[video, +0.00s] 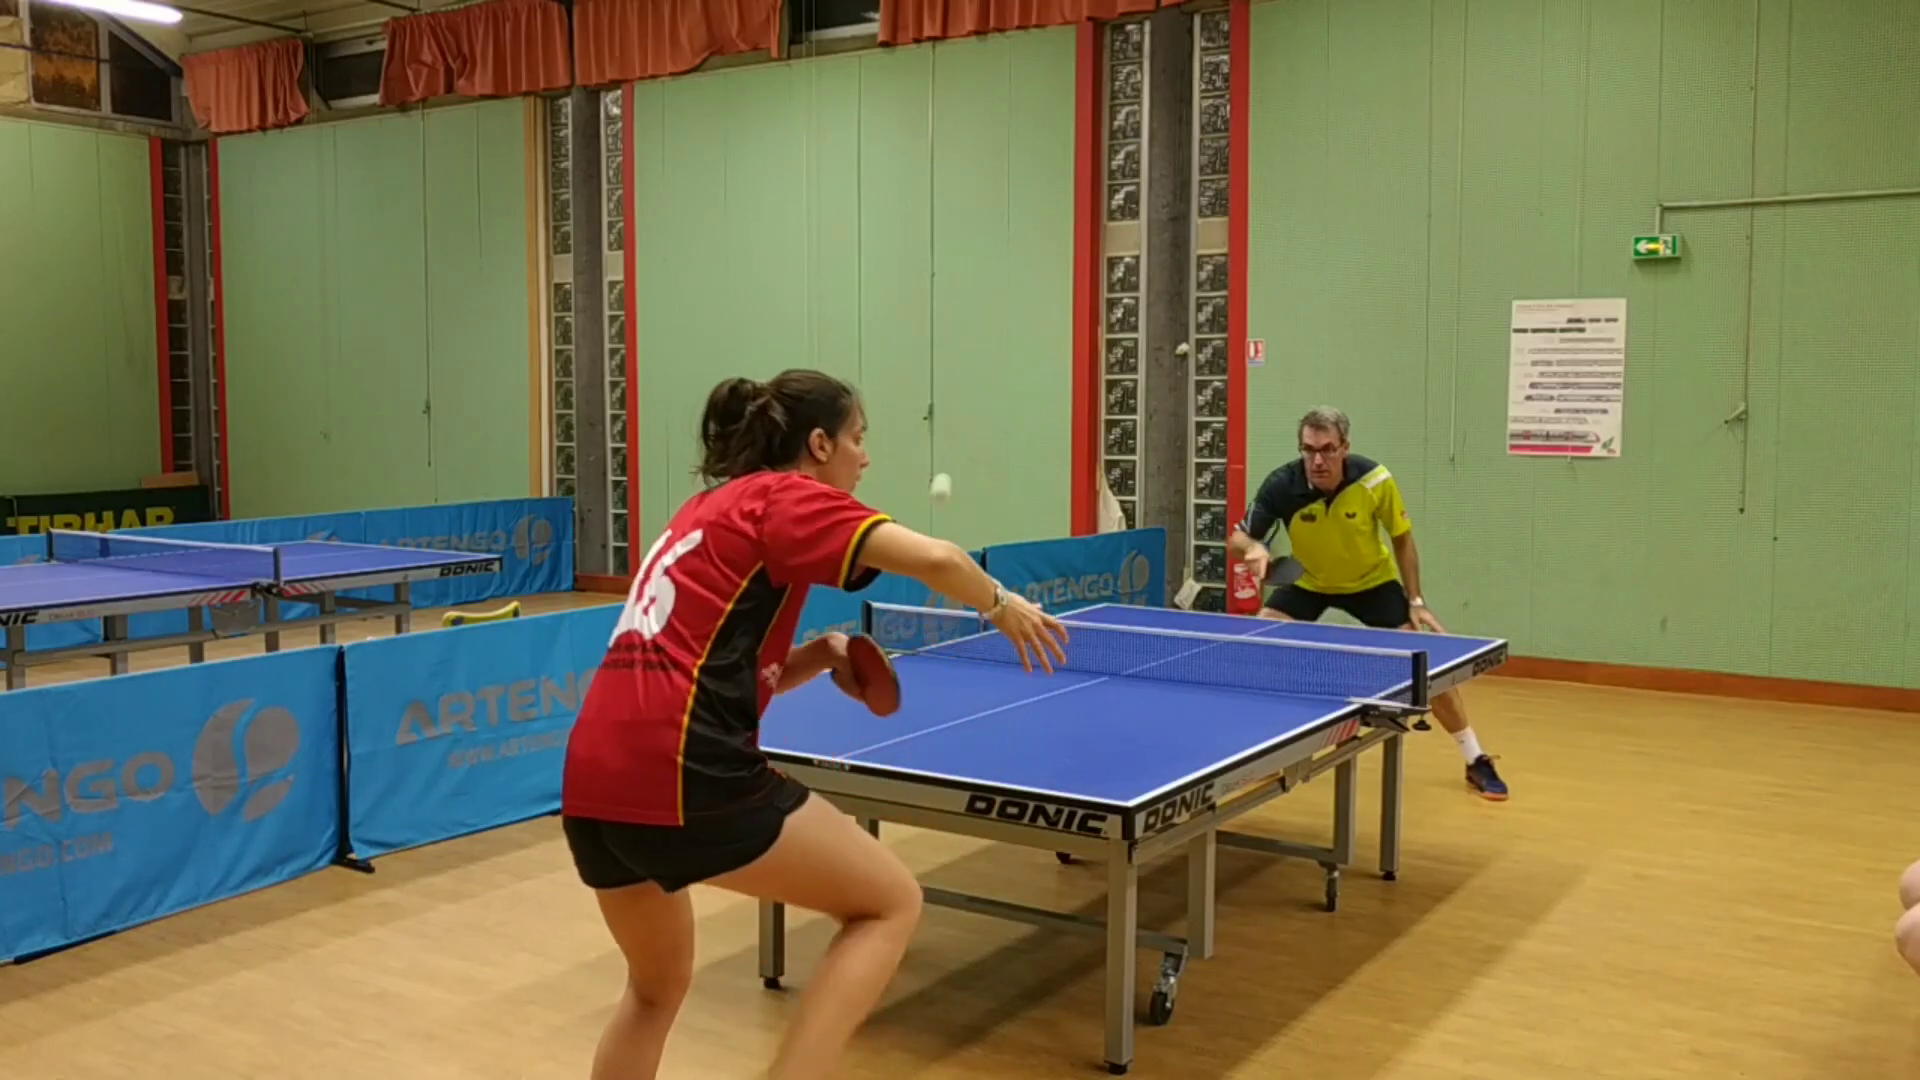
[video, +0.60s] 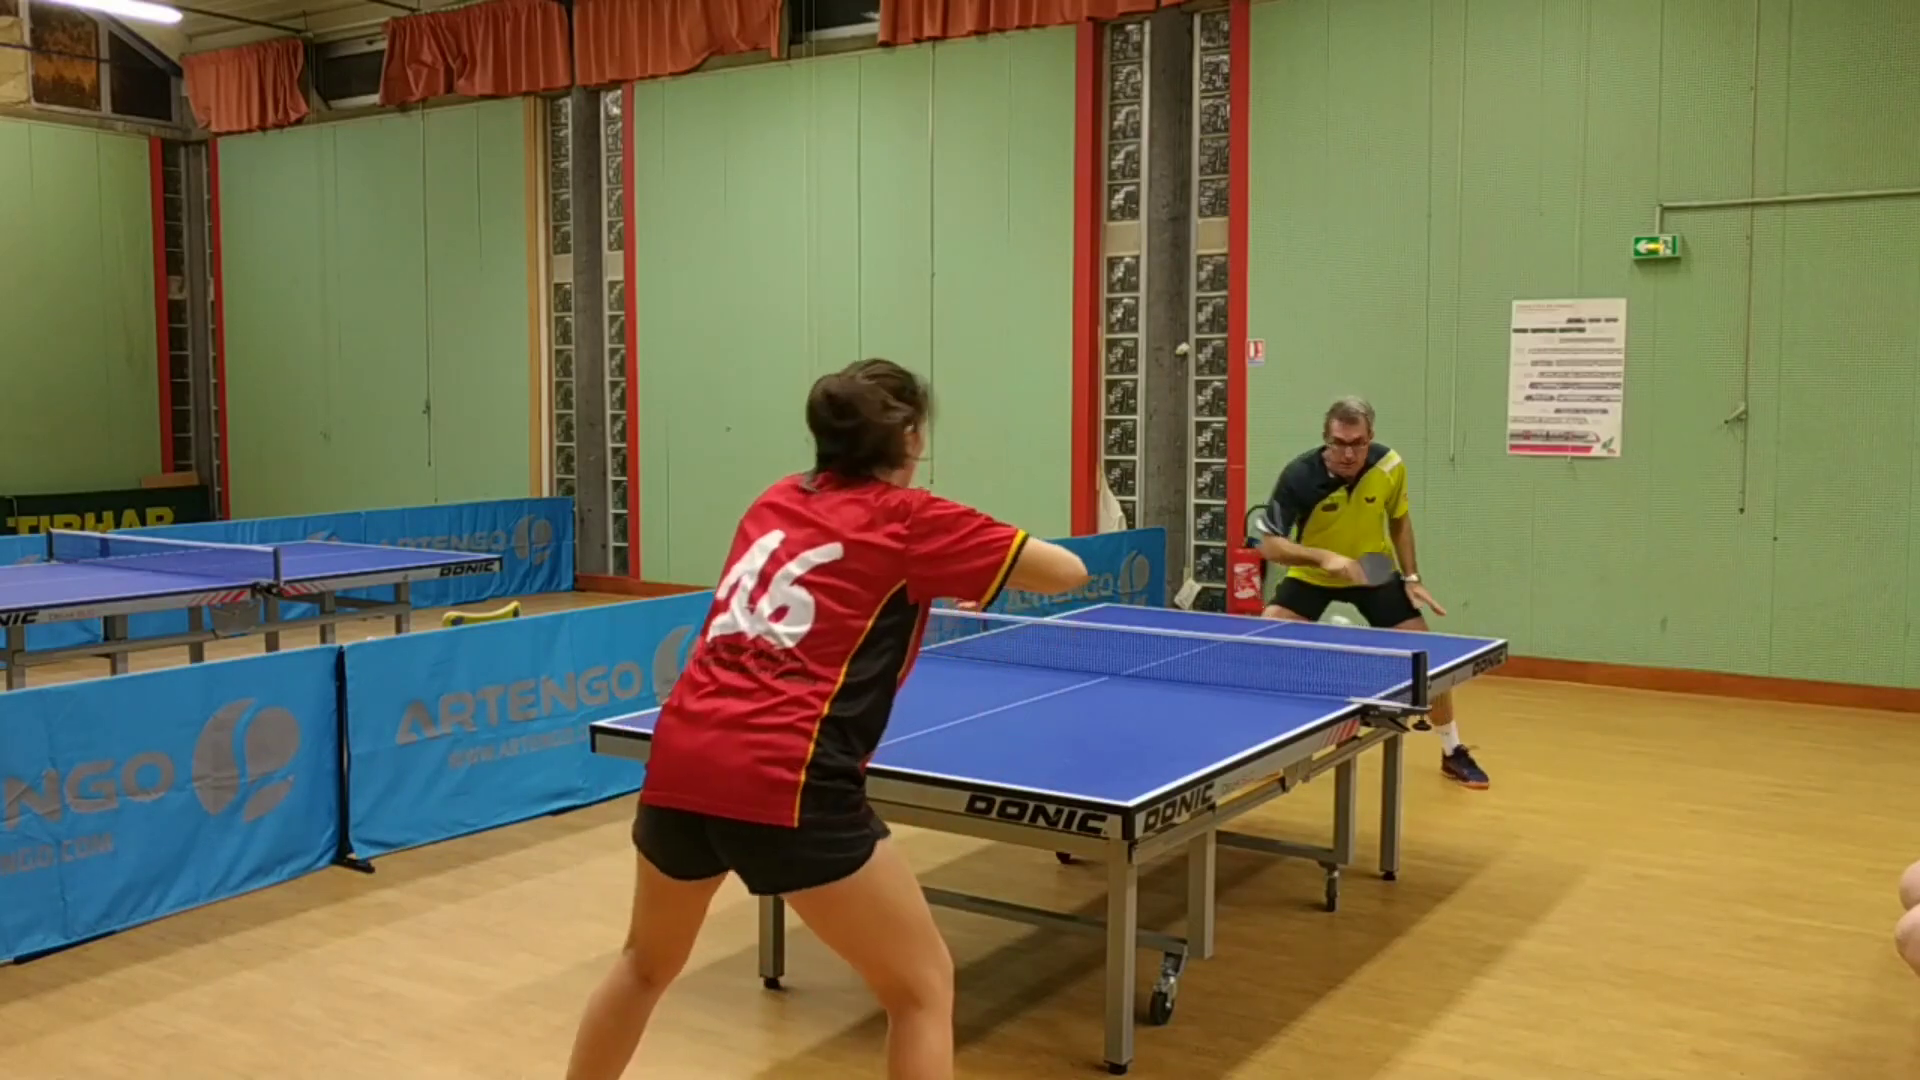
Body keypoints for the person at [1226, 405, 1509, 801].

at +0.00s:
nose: (1318, 461)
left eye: (1327, 450)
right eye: (1310, 451)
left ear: (1345, 448)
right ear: (1299, 450)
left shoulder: (1372, 478)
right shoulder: (1282, 485)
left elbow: (1403, 539)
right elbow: (1239, 538)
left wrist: (1415, 600)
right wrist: (1254, 548)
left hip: (1372, 583)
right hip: (1310, 583)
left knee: (1425, 658)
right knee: (1256, 643)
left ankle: (1476, 759)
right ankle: (1259, 753)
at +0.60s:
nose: (1348, 454)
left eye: (1357, 444)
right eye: (1339, 445)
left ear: (1370, 438)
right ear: (1326, 439)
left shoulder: (1388, 465)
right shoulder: (1299, 476)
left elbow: (1399, 521)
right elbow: (1269, 545)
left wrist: (1411, 577)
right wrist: (1323, 557)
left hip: (1374, 575)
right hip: (1311, 577)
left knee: (1422, 652)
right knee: (1268, 633)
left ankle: (1453, 751)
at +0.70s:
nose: (1381, 468)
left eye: (1390, 459)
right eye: (1372, 459)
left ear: (1401, 454)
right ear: (1355, 450)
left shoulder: (1409, 475)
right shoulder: (1329, 485)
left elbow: (1412, 529)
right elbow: (1315, 567)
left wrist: (1428, 584)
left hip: (1386, 582)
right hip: (1327, 582)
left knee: (1435, 642)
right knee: (1282, 632)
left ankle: (1456, 751)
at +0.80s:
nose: (1413, 481)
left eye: (1420, 472)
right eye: (1404, 470)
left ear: (1429, 468)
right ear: (1385, 461)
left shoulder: (1425, 486)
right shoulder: (1355, 498)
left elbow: (1423, 533)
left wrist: (1447, 584)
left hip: (1401, 579)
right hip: (1341, 580)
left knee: (1448, 648)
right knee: (1296, 637)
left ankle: (1456, 751)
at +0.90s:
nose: (1439, 488)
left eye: (1447, 480)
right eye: (1431, 478)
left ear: (1454, 475)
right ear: (1408, 469)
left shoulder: (1434, 492)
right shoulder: (1378, 506)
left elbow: (1430, 530)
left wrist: (1452, 580)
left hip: (1408, 579)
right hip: (1351, 582)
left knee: (1456, 649)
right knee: (1306, 645)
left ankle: (1458, 752)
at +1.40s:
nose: (1455, 444)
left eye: (1466, 436)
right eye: (1448, 433)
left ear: (1483, 435)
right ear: (1439, 428)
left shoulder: (1486, 464)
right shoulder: (1413, 465)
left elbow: (1475, 515)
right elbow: (1394, 531)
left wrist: (1484, 570)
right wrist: (1426, 573)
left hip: (1443, 568)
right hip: (1388, 562)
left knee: (1469, 646)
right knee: (1346, 636)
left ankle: (1458, 750)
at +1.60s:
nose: (1426, 434)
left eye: (1436, 425)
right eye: (1420, 424)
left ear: (1455, 423)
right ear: (1411, 420)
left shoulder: (1470, 455)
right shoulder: (1388, 462)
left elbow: (1473, 508)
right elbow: (1359, 533)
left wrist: (1489, 567)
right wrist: (1386, 576)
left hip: (1449, 565)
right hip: (1391, 569)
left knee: (1496, 644)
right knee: (1354, 647)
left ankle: (1487, 741)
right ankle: (1340, 743)